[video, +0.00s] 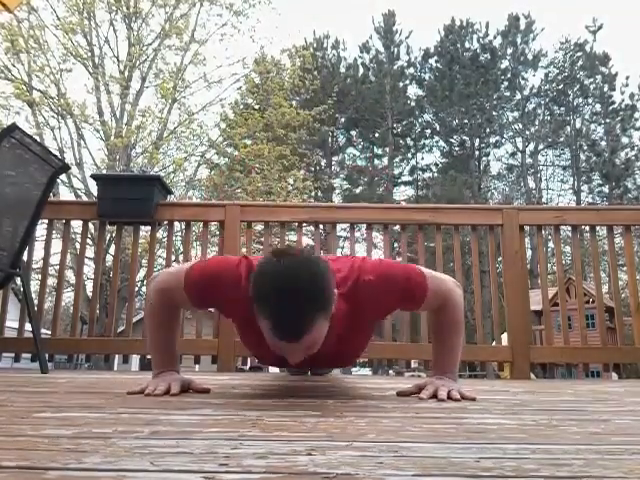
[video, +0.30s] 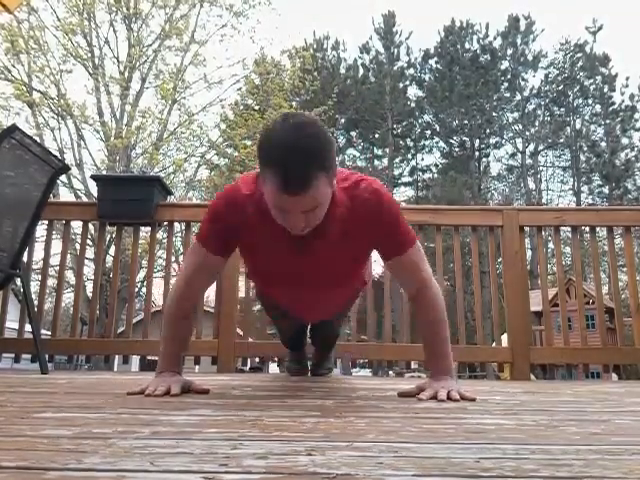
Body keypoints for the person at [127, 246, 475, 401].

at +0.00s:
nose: (296, 360)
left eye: (309, 348)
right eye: (280, 350)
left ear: (334, 305)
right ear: (255, 308)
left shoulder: (371, 283)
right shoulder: (230, 280)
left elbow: (448, 295)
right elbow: (163, 290)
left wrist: (444, 375)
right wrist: (165, 369)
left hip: (339, 353)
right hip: (264, 352)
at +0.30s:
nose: (298, 224)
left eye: (311, 211)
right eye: (282, 212)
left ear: (332, 181)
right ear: (263, 185)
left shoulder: (370, 202)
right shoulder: (235, 205)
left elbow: (422, 287)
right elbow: (191, 283)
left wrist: (441, 375)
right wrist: (168, 370)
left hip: (338, 298)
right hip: (278, 299)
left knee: (327, 333)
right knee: (291, 334)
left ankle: (323, 358)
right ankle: (297, 356)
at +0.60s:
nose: (297, 336)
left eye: (309, 325)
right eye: (282, 328)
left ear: (332, 281)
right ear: (255, 287)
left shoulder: (370, 267)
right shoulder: (232, 266)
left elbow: (446, 291)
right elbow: (164, 288)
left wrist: (446, 376)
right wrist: (165, 370)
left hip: (336, 348)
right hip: (272, 349)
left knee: (322, 362)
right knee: (286, 361)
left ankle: (317, 368)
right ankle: (294, 365)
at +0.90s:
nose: (296, 343)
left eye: (310, 332)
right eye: (280, 333)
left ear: (333, 292)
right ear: (257, 293)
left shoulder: (370, 275)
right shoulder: (233, 272)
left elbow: (448, 293)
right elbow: (164, 287)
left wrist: (446, 376)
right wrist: (165, 370)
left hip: (337, 350)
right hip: (270, 346)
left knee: (327, 363)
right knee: (282, 363)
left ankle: (326, 367)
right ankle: (287, 363)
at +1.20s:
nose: (302, 229)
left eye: (317, 214)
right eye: (286, 215)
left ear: (336, 185)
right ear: (266, 188)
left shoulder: (373, 207)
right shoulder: (237, 208)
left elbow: (426, 289)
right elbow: (187, 284)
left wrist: (443, 375)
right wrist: (167, 370)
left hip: (337, 308)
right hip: (279, 306)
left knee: (325, 338)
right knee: (291, 338)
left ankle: (321, 357)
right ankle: (296, 357)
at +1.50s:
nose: (296, 386)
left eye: (312, 373)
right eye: (281, 373)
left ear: (337, 328)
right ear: (257, 324)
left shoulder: (372, 296)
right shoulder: (234, 294)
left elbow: (448, 291)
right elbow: (161, 285)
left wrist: (446, 374)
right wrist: (164, 369)